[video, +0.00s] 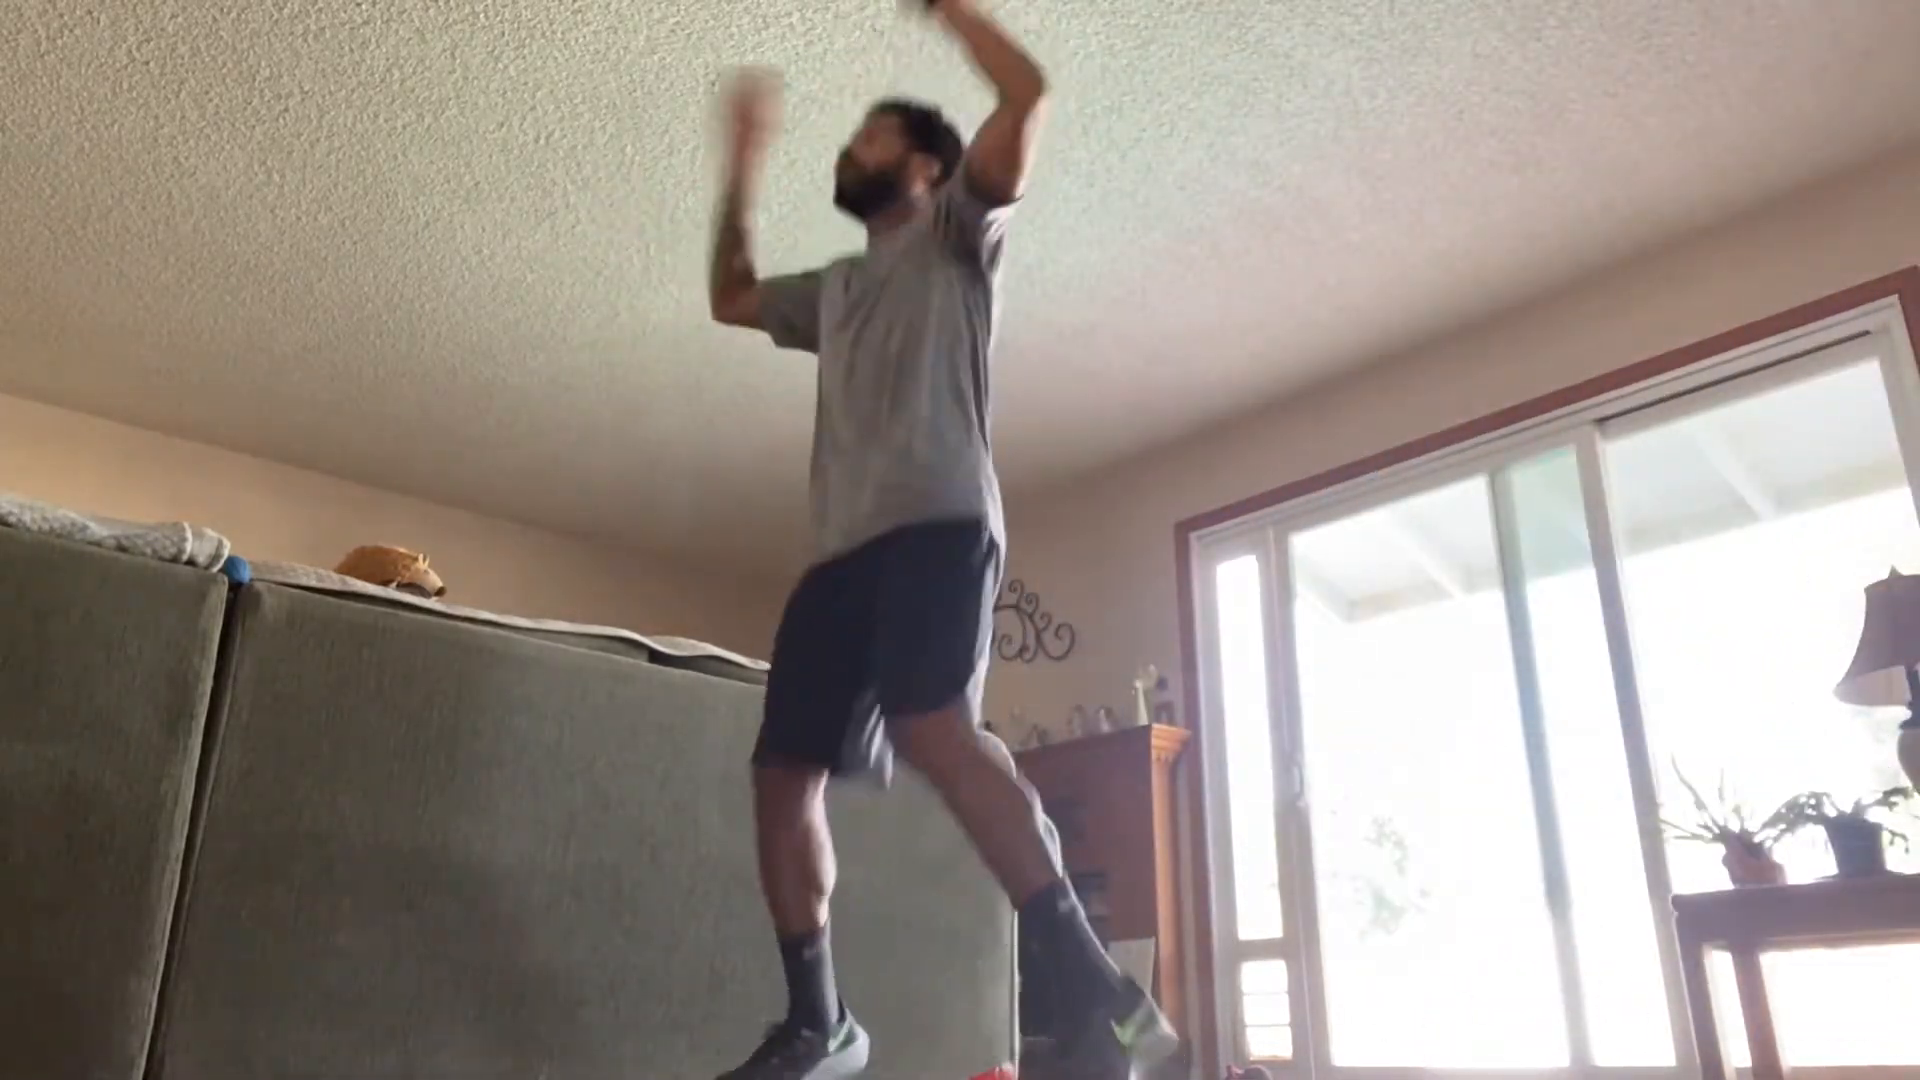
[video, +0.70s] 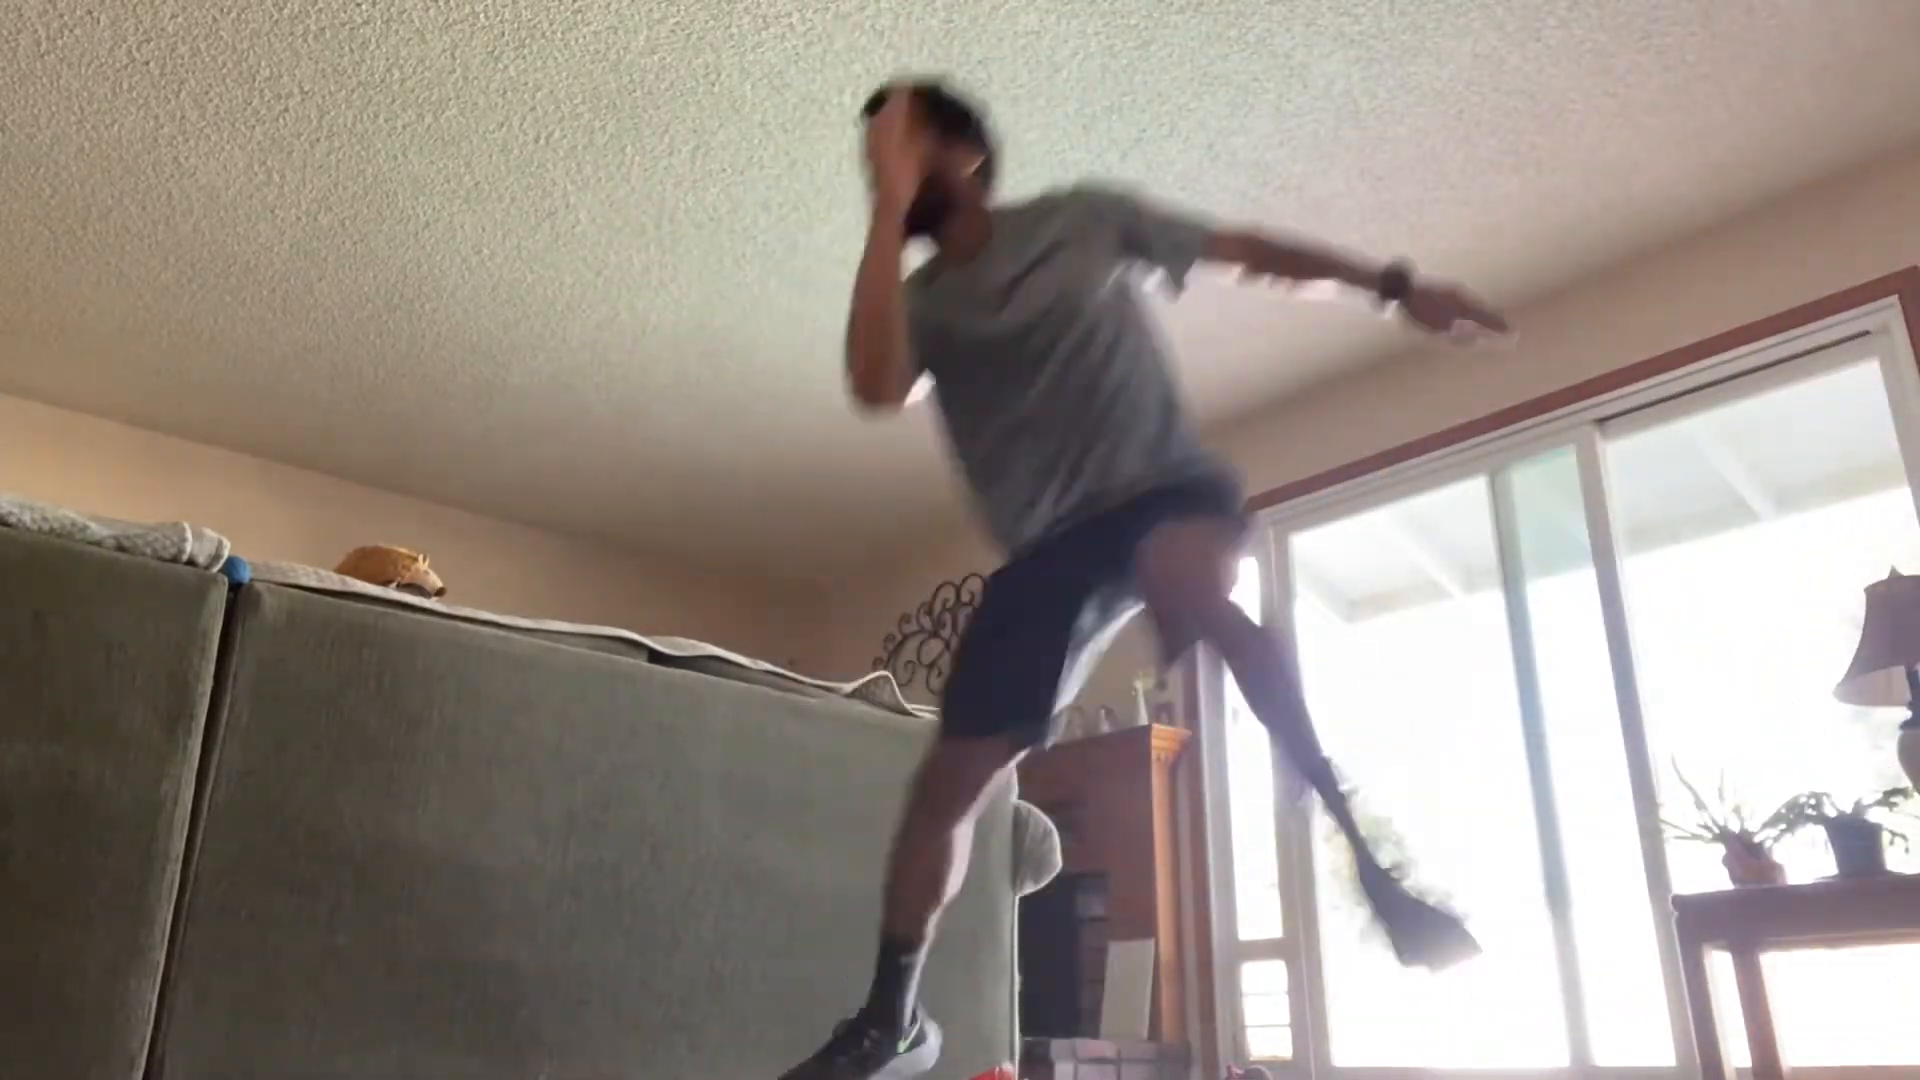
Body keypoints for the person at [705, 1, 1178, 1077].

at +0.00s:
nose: (850, 138)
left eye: (872, 128)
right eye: (852, 130)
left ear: (922, 155)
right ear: (877, 170)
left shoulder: (954, 228)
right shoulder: (841, 284)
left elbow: (1025, 93)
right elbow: (731, 298)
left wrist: (951, 9)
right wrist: (745, 158)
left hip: (939, 519)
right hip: (842, 547)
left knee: (931, 723)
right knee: (785, 771)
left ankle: (1081, 973)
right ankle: (817, 1023)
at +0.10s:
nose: (829, 87)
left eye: (852, 73)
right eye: (832, 78)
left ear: (909, 96)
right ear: (862, 108)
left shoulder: (944, 160)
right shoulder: (830, 226)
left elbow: (1056, 117)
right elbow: (764, 328)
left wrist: (1042, 1)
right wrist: (649, 277)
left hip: (949, 445)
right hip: (854, 476)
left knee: (922, 641)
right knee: (812, 702)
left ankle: (1062, 912)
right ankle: (838, 956)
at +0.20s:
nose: (801, 79)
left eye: (822, 62)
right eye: (801, 67)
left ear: (880, 80)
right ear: (833, 95)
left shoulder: (922, 150)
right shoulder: (825, 226)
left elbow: (1029, 159)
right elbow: (835, 362)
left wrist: (1052, 188)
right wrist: (753, 421)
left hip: (955, 428)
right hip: (864, 456)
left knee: (904, 623)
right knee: (819, 677)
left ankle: (1063, 854)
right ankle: (870, 934)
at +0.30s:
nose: (779, 120)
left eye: (799, 102)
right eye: (779, 107)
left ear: (860, 124)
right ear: (810, 142)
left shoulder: (936, 199)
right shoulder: (814, 278)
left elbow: (1032, 317)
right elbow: (858, 408)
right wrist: (833, 505)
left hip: (973, 483)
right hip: (874, 507)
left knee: (905, 673)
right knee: (828, 724)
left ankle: (1073, 860)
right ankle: (877, 984)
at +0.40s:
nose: (758, 228)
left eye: (778, 209)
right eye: (758, 214)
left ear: (841, 225)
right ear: (800, 237)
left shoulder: (917, 304)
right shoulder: (804, 373)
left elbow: (955, 452)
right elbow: (849, 499)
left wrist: (810, 448)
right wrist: (825, 605)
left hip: (990, 584)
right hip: (889, 599)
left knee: (911, 783)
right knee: (823, 796)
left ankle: (1080, 917)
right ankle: (886, 1041)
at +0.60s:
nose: (788, 278)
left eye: (802, 255)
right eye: (782, 266)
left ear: (872, 263)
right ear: (792, 298)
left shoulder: (987, 329)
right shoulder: (842, 413)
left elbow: (1158, 394)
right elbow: (838, 569)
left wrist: (1298, 466)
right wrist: (819, 390)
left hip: (1079, 575)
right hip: (957, 619)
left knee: (1021, 714)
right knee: (850, 816)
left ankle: (1196, 950)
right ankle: (888, 1041)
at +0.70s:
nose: (894, 170)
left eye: (907, 143)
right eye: (884, 154)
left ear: (966, 153)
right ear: (908, 175)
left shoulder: (1084, 219)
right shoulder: (920, 305)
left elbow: (1251, 254)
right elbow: (876, 383)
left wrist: (1399, 285)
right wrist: (889, 202)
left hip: (1165, 493)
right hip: (1046, 551)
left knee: (1192, 598)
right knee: (944, 790)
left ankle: (1373, 864)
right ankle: (887, 1021)